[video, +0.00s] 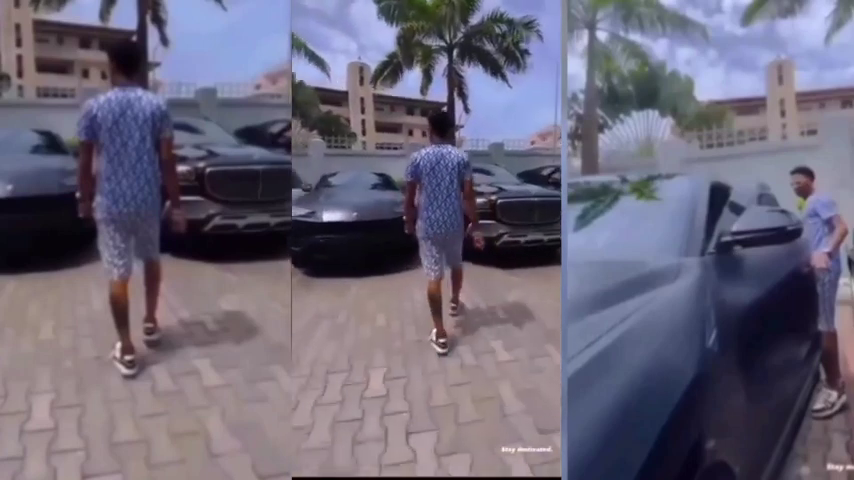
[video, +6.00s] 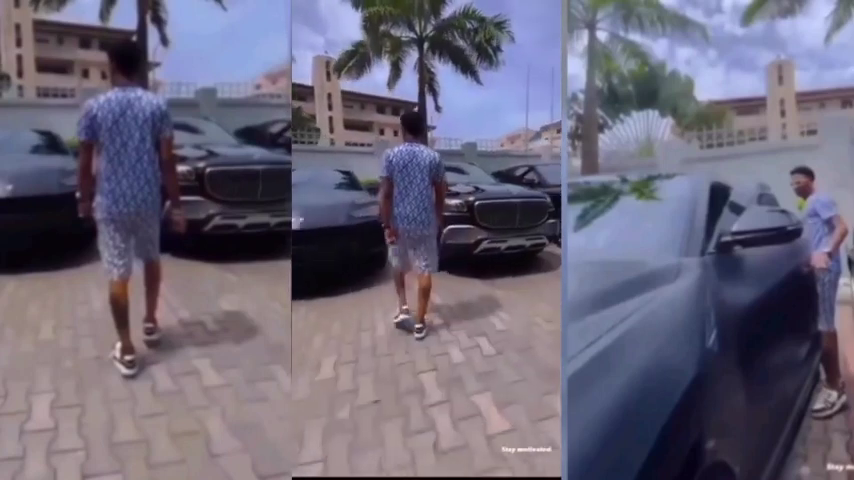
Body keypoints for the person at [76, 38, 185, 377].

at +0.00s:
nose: (112, 71)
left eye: (111, 66)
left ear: (112, 67)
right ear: (142, 67)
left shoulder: (95, 107)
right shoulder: (155, 105)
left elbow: (85, 161)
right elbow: (167, 159)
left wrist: (85, 199)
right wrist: (175, 202)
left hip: (110, 201)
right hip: (147, 200)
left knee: (118, 273)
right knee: (151, 260)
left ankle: (125, 348)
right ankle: (150, 319)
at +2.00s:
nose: (112, 71)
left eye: (111, 66)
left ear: (112, 67)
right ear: (142, 67)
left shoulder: (95, 107)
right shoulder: (155, 105)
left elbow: (85, 161)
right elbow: (167, 159)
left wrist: (85, 199)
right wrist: (175, 202)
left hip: (110, 201)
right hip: (147, 200)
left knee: (118, 273)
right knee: (151, 260)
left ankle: (125, 348)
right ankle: (150, 319)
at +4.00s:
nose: (110, 72)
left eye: (110, 66)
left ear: (112, 68)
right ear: (142, 67)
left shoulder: (96, 107)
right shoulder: (156, 106)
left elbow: (85, 161)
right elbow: (167, 160)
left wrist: (85, 199)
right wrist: (175, 202)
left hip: (110, 201)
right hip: (147, 200)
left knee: (118, 273)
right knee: (151, 260)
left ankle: (125, 348)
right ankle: (150, 319)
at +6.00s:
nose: (110, 71)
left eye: (110, 66)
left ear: (112, 68)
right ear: (142, 67)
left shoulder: (95, 107)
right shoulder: (156, 106)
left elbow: (85, 161)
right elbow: (167, 160)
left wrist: (84, 199)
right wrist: (175, 202)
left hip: (110, 201)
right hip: (147, 200)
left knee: (118, 273)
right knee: (151, 260)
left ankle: (125, 348)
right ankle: (150, 319)